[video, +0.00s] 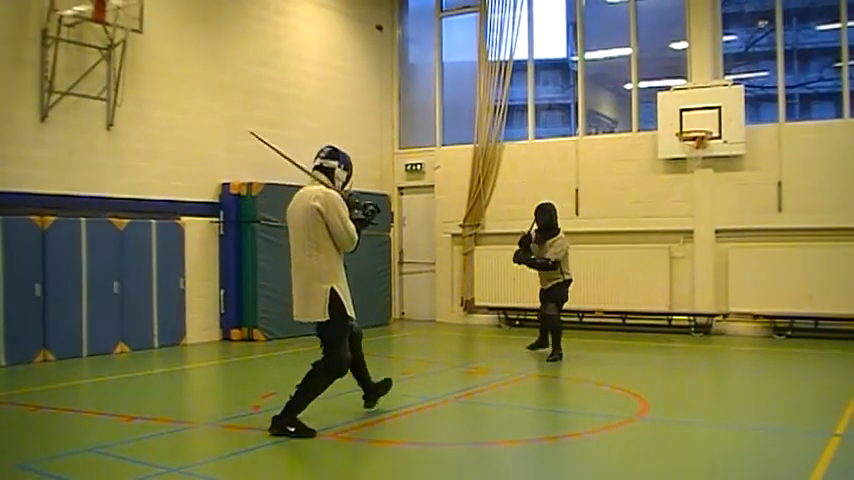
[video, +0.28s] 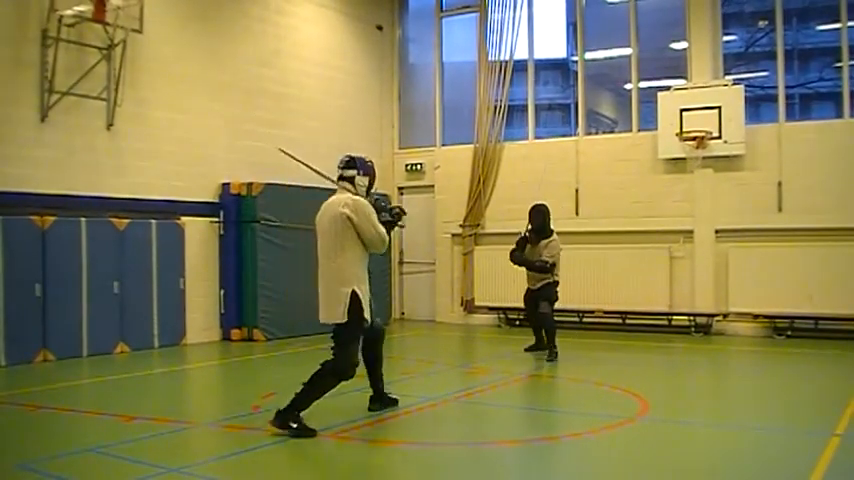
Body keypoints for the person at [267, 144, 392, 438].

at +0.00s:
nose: (346, 182)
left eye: (347, 177)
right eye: (346, 175)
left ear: (316, 169)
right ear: (337, 172)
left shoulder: (298, 198)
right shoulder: (328, 197)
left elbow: (318, 240)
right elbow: (348, 242)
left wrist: (346, 214)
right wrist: (358, 222)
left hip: (309, 289)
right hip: (328, 290)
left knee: (352, 336)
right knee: (337, 361)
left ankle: (369, 388)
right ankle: (286, 418)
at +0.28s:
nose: (371, 186)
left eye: (371, 181)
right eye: (370, 181)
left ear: (343, 178)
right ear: (361, 179)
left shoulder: (327, 206)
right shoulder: (356, 204)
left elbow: (349, 241)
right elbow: (379, 244)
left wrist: (378, 218)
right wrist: (387, 221)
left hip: (334, 292)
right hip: (351, 293)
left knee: (374, 334)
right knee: (344, 365)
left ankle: (379, 395)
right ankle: (288, 414)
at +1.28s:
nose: (404, 179)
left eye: (404, 174)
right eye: (403, 174)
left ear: (373, 173)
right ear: (396, 173)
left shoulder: (357, 205)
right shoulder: (397, 198)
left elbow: (371, 242)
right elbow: (417, 243)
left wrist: (408, 218)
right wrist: (423, 222)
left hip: (365, 291)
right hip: (392, 289)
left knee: (389, 342)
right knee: (411, 360)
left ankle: (381, 396)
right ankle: (368, 417)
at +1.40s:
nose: (406, 180)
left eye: (406, 175)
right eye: (405, 175)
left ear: (376, 174)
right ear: (399, 174)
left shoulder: (359, 206)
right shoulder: (400, 200)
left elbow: (371, 245)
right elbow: (418, 246)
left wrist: (409, 221)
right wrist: (425, 224)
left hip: (371, 290)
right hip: (397, 290)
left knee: (394, 336)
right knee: (414, 362)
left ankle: (390, 392)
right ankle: (367, 417)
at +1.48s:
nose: (409, 182)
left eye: (409, 177)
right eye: (408, 177)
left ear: (378, 175)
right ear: (402, 176)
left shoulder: (361, 208)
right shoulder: (403, 202)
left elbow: (370, 247)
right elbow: (421, 248)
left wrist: (408, 223)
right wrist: (426, 226)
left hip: (374, 291)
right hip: (400, 291)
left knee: (398, 337)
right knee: (413, 363)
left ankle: (398, 390)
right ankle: (367, 418)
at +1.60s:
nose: (413, 183)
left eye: (412, 179)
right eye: (412, 179)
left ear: (383, 178)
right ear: (406, 178)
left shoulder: (366, 210)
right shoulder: (410, 205)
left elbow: (375, 249)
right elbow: (426, 251)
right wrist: (428, 227)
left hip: (376, 297)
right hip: (404, 296)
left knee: (411, 333)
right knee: (412, 363)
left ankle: (416, 388)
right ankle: (366, 417)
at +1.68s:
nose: (414, 186)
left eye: (413, 182)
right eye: (414, 182)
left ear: (386, 182)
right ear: (410, 182)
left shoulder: (371, 211)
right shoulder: (415, 207)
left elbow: (378, 250)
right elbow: (430, 253)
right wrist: (428, 229)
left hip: (380, 298)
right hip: (408, 297)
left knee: (420, 328)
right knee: (412, 362)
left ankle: (419, 390)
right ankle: (367, 416)